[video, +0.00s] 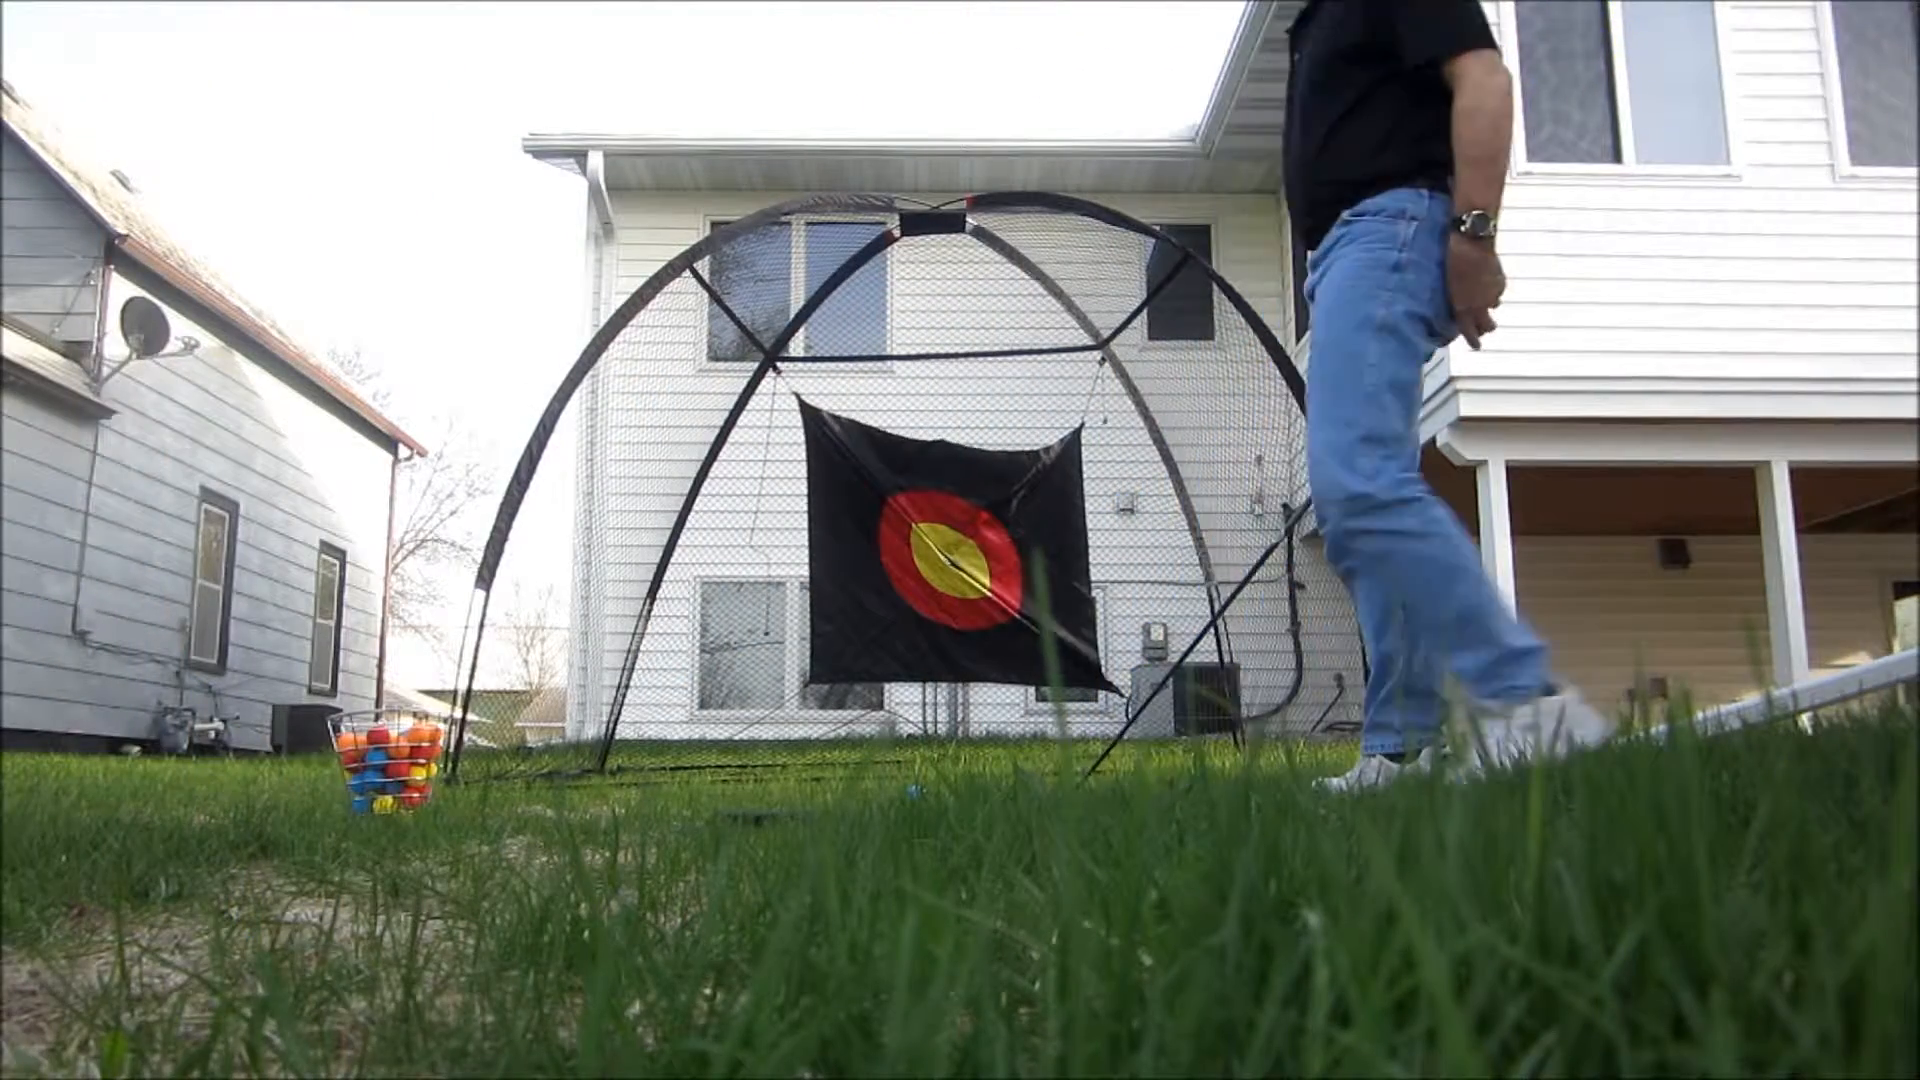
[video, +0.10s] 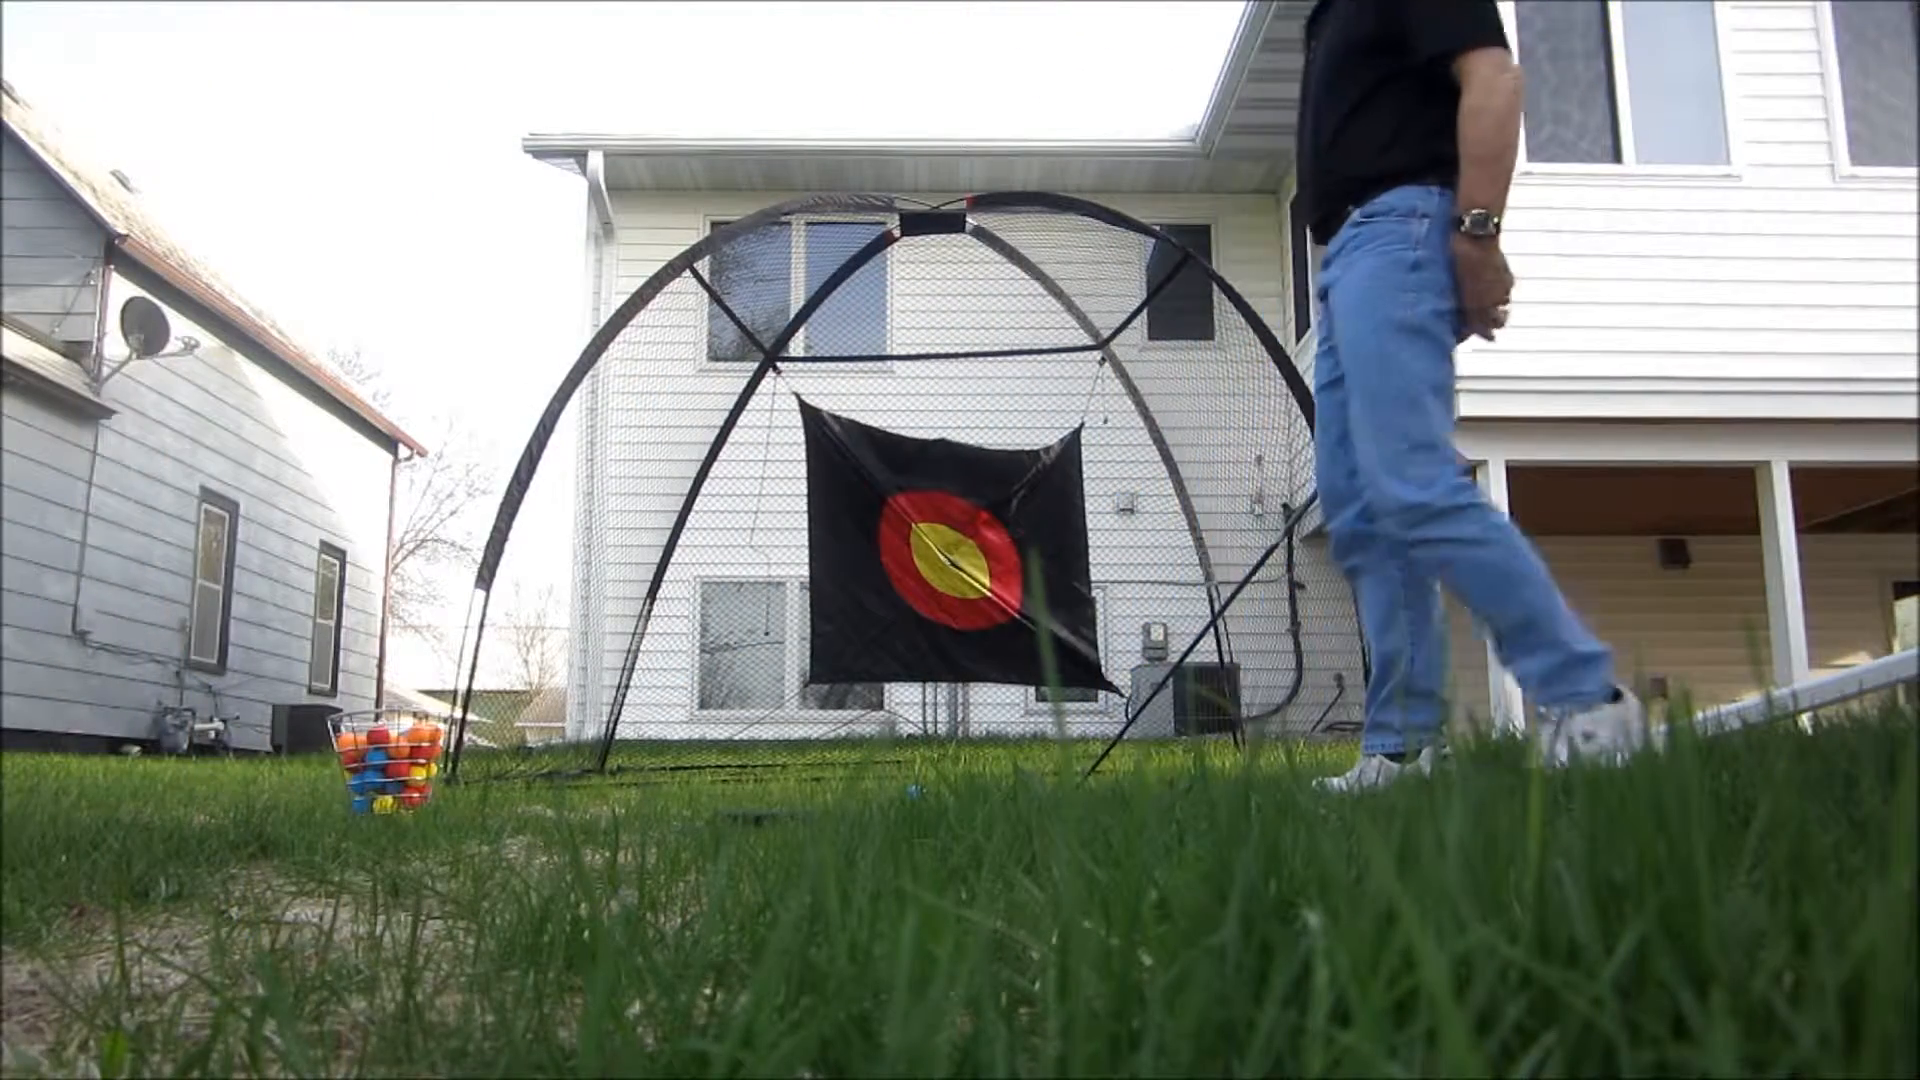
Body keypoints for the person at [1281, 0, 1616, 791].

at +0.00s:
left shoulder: (1403, 0)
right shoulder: (1318, 22)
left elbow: (1484, 77)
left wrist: (1473, 234)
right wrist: (1319, 257)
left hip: (1389, 227)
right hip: (1346, 246)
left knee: (1363, 489)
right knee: (1357, 506)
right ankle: (1403, 749)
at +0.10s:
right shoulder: (1331, 18)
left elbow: (1493, 79)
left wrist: (1477, 232)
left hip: (1401, 230)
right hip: (1347, 249)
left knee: (1414, 490)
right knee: (1358, 512)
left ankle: (1588, 704)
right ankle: (1403, 748)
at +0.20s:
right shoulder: (1362, 15)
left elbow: (1511, 64)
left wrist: (1493, 228)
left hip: (1423, 221)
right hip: (1368, 243)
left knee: (1483, 488)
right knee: (1373, 509)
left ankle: (1606, 724)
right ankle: (1404, 748)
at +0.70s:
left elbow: (1548, 23)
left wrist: (1523, 209)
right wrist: (1464, 243)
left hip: (1524, 194)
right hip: (1479, 201)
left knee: (1569, 481)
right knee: (1435, 479)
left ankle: (1618, 730)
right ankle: (1453, 725)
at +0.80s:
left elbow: (1534, 31)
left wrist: (1494, 215)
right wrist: (1464, 234)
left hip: (1534, 186)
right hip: (1485, 193)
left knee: (1571, 483)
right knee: (1447, 480)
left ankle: (1619, 732)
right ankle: (1477, 728)